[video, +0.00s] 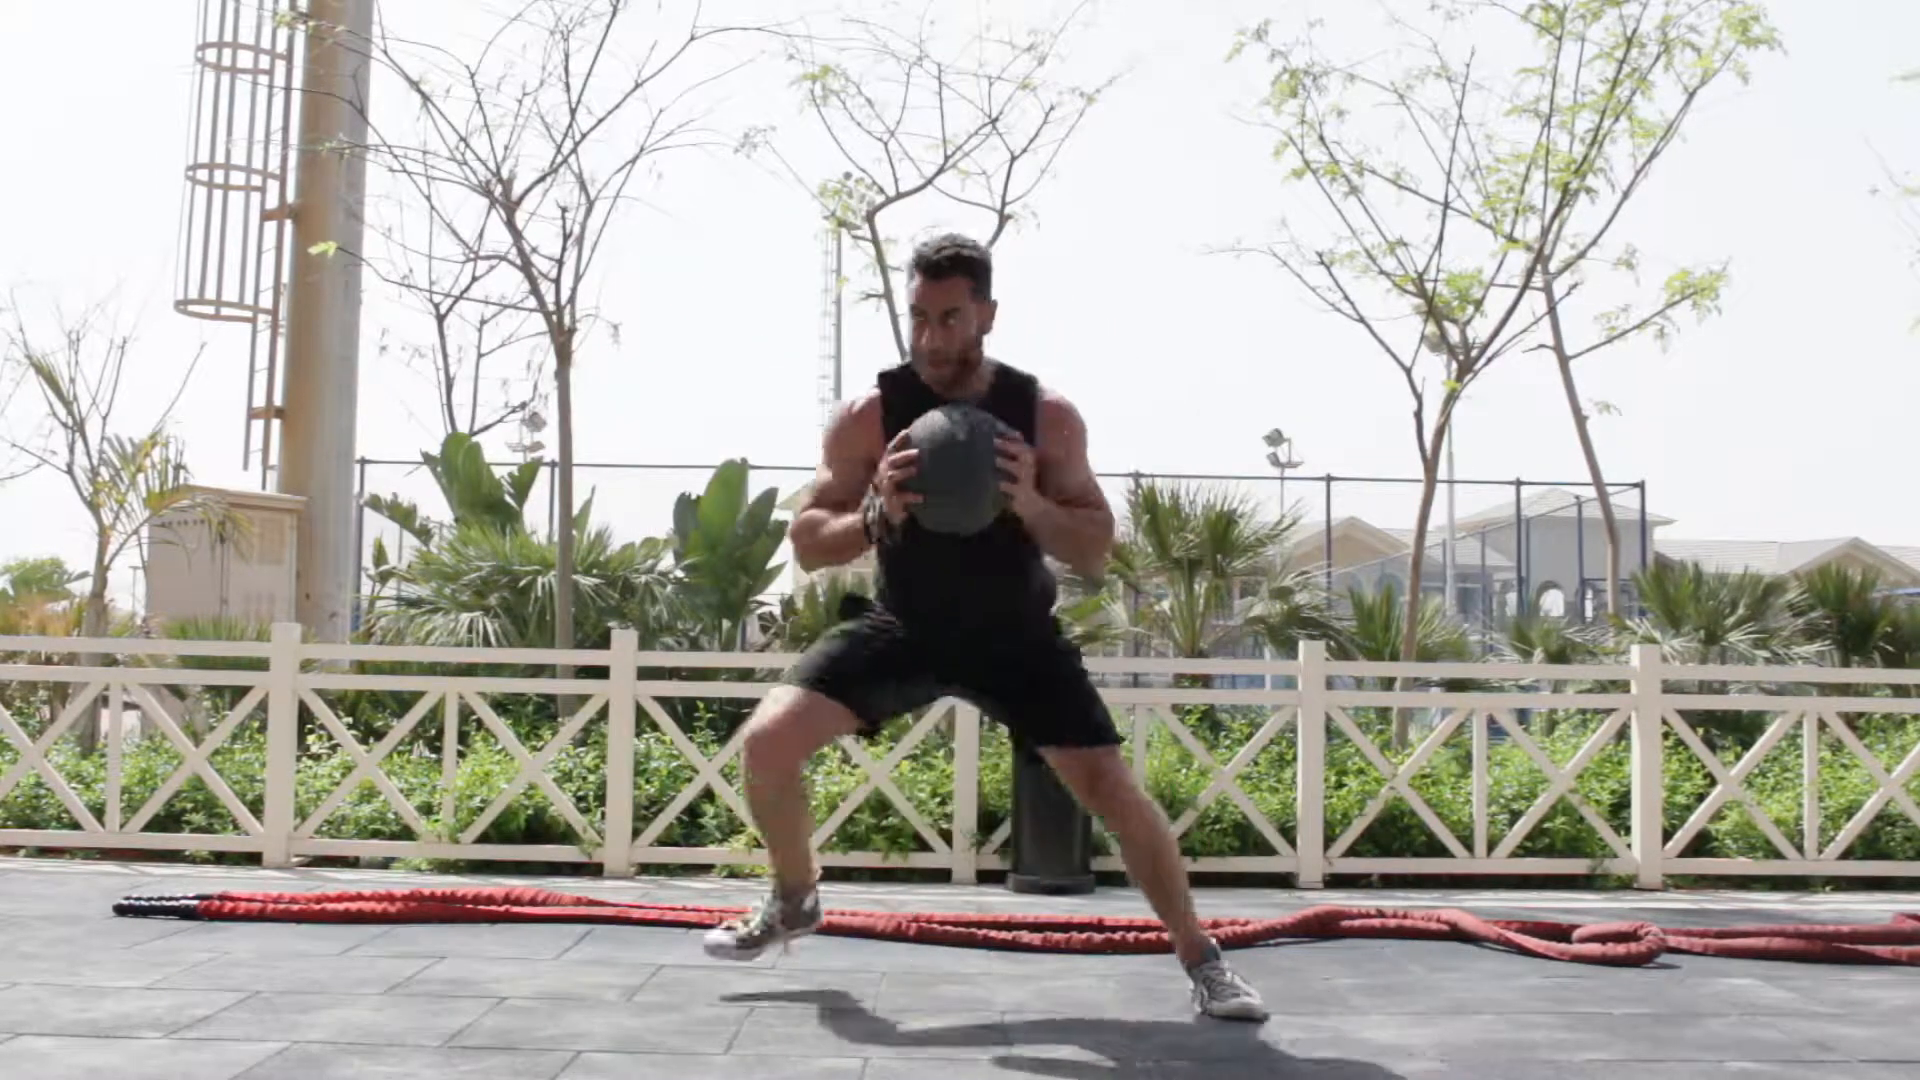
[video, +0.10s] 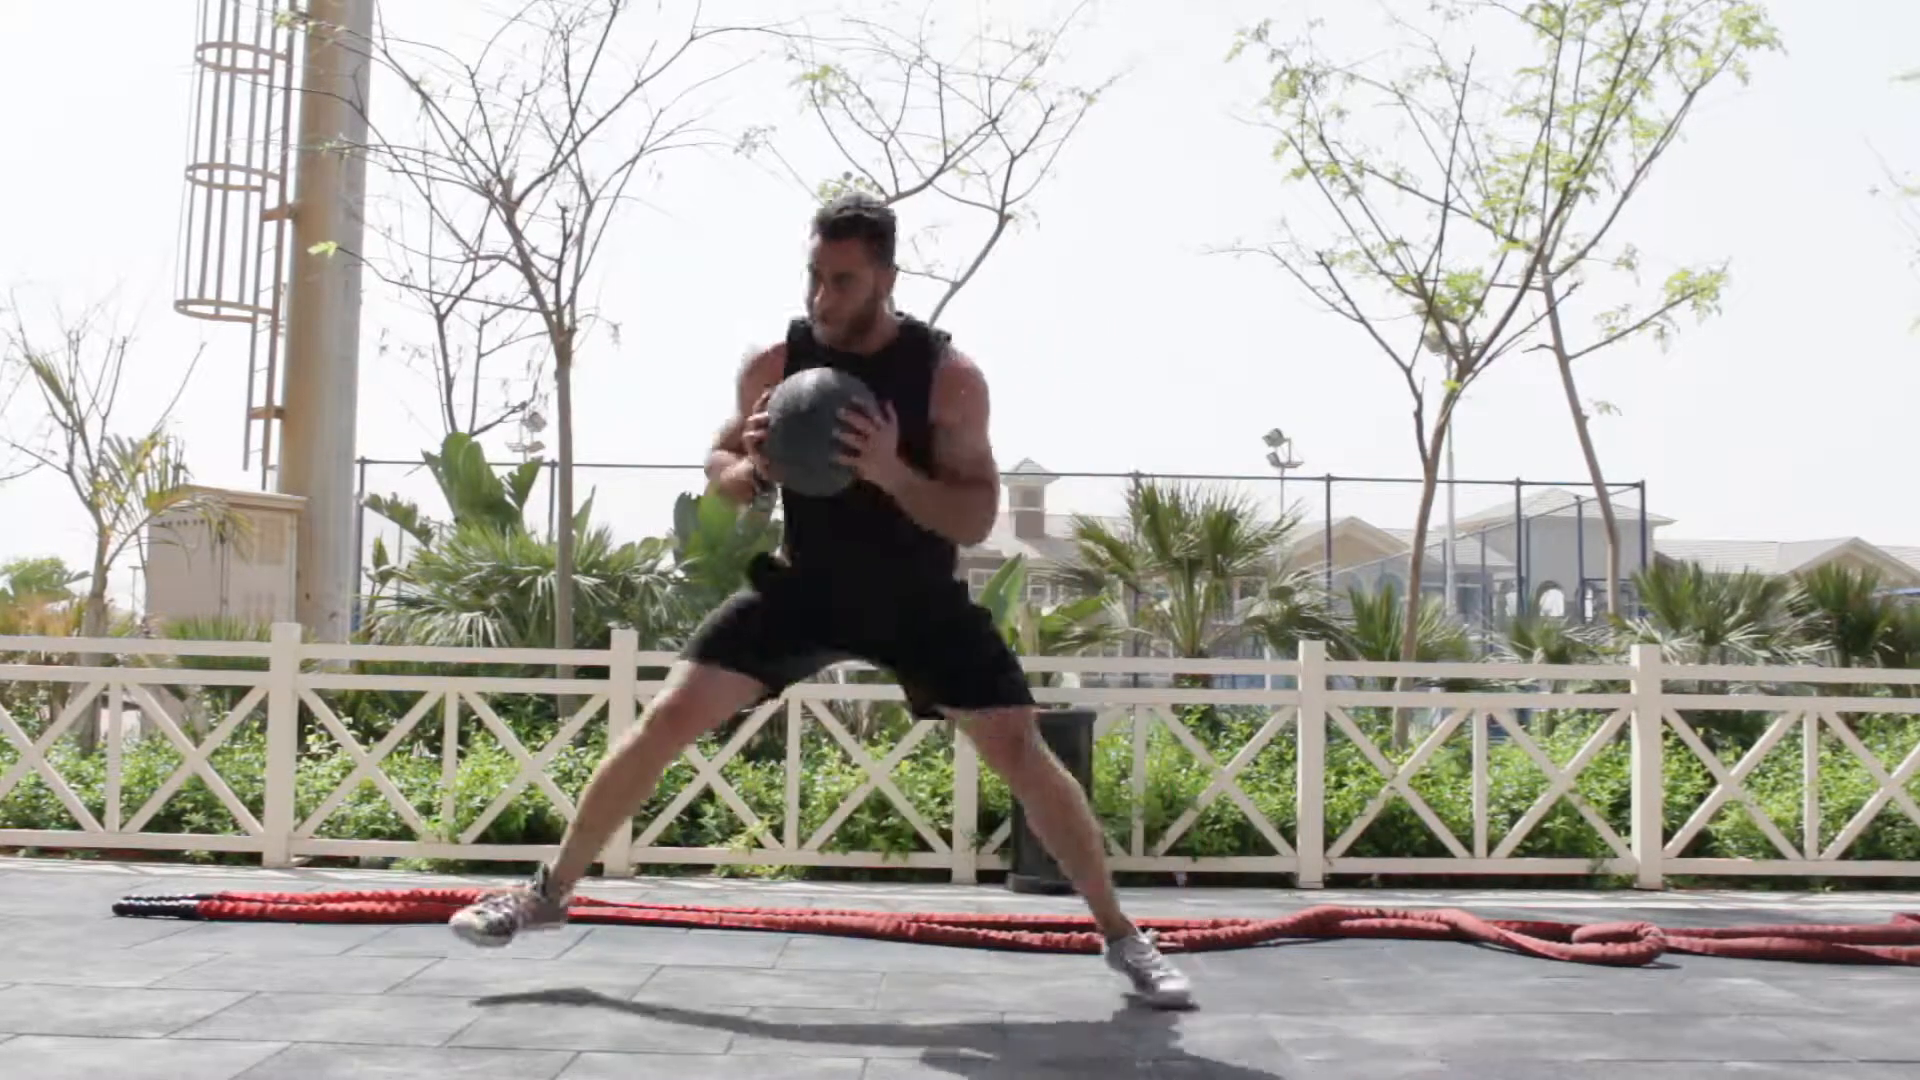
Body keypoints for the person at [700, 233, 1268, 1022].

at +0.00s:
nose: (936, 337)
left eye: (953, 319)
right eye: (922, 319)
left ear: (988, 316)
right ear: (907, 318)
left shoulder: (1046, 419)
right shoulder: (867, 421)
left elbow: (1093, 548)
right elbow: (808, 544)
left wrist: (1030, 501)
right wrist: (878, 510)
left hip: (1017, 639)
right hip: (903, 633)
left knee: (1107, 782)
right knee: (766, 745)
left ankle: (1202, 959)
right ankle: (793, 901)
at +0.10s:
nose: (824, 294)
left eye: (844, 279)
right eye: (816, 276)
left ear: (889, 279)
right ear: (806, 275)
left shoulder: (946, 376)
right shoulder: (772, 366)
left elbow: (976, 519)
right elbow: (723, 481)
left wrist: (894, 473)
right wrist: (757, 463)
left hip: (920, 598)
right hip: (805, 588)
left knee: (1021, 751)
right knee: (672, 714)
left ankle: (1120, 935)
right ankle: (550, 891)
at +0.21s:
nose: (717, 308)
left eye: (736, 295)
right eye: (712, 289)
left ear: (784, 295)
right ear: (705, 283)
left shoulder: (839, 393)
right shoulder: (687, 365)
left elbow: (841, 548)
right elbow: (649, 486)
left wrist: (746, 484)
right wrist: (647, 448)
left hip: (816, 606)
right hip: (708, 597)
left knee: (904, 771)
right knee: (591, 743)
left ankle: (906, 867)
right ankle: (463, 923)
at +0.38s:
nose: (570, 389)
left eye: (592, 374)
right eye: (567, 367)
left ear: (645, 376)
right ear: (562, 359)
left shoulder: (682, 480)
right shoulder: (581, 431)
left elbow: (624, 636)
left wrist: (542, 539)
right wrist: (529, 508)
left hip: (678, 676)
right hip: (589, 641)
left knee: (616, 875)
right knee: (491, 763)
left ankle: (594, 802)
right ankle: (446, 947)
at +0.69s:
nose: (598, 385)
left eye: (620, 368)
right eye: (586, 363)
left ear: (648, 362)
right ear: (563, 347)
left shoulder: (704, 457)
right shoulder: (539, 450)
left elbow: (727, 604)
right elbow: (482, 563)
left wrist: (634, 553)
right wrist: (515, 544)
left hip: (680, 650)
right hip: (574, 637)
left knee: (687, 833)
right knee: (482, 773)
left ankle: (589, 865)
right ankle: (447, 948)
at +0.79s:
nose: (698, 333)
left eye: (713, 314)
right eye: (682, 312)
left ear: (729, 306)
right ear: (645, 300)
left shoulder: (776, 401)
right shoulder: (597, 411)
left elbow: (836, 528)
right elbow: (541, 528)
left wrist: (760, 497)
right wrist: (600, 510)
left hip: (751, 619)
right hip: (637, 621)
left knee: (855, 731)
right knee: (534, 762)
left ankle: (805, 889)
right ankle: (448, 945)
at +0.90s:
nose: (812, 286)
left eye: (824, 268)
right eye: (795, 268)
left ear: (838, 260)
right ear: (750, 254)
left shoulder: (876, 352)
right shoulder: (692, 367)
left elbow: (936, 461)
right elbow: (647, 492)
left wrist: (891, 441)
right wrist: (728, 471)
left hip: (849, 573)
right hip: (733, 584)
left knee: (972, 699)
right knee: (631, 740)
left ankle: (1041, 896)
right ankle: (541, 914)